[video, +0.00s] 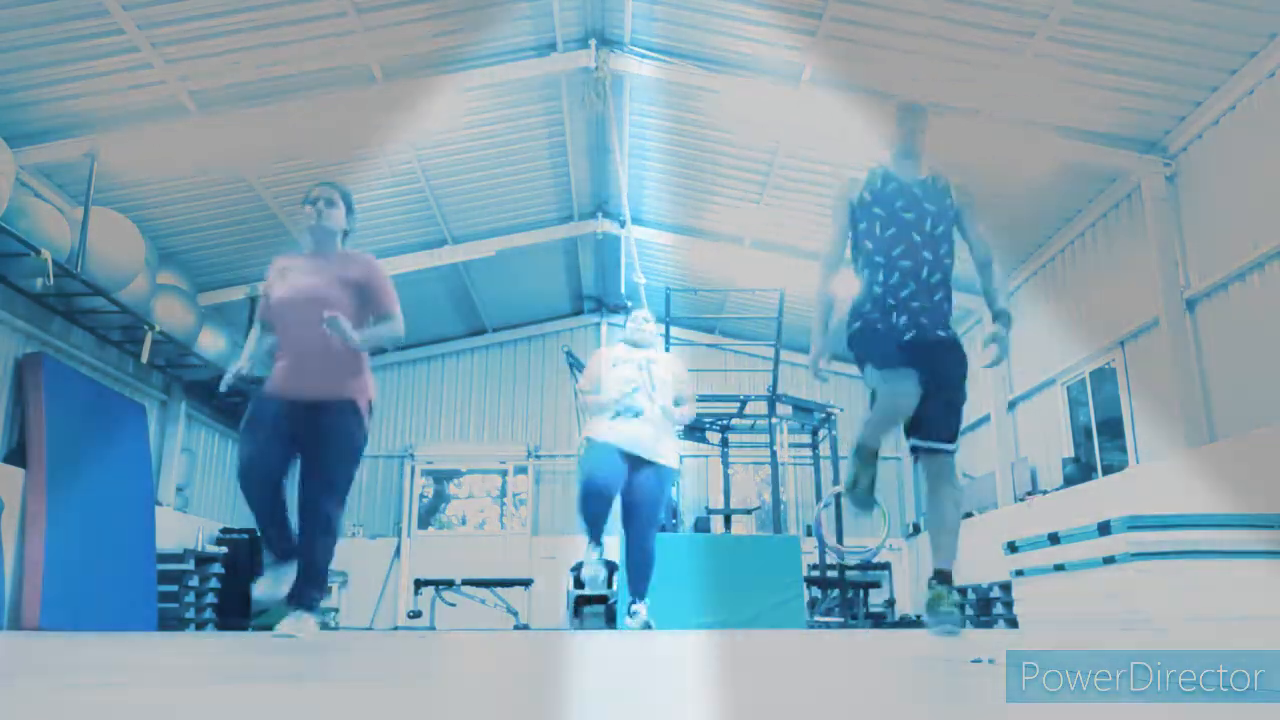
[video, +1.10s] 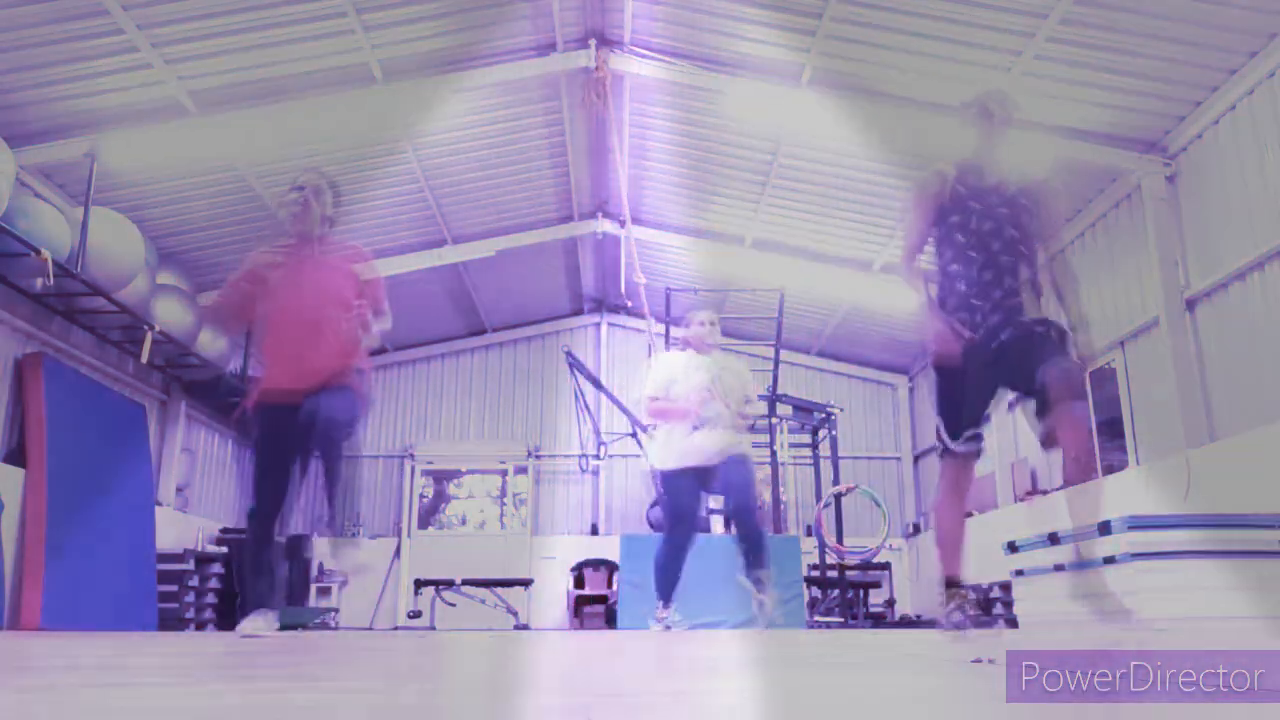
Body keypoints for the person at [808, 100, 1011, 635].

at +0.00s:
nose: (908, 136)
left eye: (916, 127)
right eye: (901, 126)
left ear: (926, 134)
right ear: (886, 134)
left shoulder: (949, 193)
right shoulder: (859, 190)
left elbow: (983, 257)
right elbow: (830, 270)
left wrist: (997, 310)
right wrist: (820, 338)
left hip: (936, 333)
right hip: (876, 326)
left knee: (939, 463)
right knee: (902, 393)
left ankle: (943, 585)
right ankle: (865, 452)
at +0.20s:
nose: (906, 139)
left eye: (913, 131)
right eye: (899, 131)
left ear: (924, 141)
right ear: (887, 141)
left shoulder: (952, 204)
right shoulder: (860, 204)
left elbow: (986, 268)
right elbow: (833, 282)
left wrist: (1014, 328)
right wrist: (820, 351)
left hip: (942, 332)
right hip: (883, 322)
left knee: (942, 465)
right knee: (931, 350)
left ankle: (937, 594)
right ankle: (898, 457)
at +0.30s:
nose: (907, 131)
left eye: (913, 122)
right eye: (900, 122)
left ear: (924, 130)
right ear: (886, 131)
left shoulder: (953, 190)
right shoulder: (861, 188)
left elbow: (986, 256)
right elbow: (835, 270)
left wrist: (1009, 320)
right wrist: (826, 343)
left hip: (950, 324)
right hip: (894, 318)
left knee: (954, 459)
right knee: (918, 412)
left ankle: (948, 583)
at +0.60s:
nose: (912, 128)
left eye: (919, 120)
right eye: (904, 120)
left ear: (930, 128)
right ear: (892, 128)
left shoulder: (961, 190)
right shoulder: (871, 188)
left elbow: (989, 260)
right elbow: (851, 262)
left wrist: (1018, 320)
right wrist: (856, 323)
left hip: (985, 331)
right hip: (922, 333)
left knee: (1010, 457)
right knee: (924, 460)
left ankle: (974, 550)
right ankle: (929, 589)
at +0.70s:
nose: (923, 116)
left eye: (929, 109)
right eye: (915, 108)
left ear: (940, 119)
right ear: (900, 117)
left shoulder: (967, 180)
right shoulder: (882, 178)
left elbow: (997, 253)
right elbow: (862, 257)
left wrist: (1025, 314)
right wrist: (881, 314)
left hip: (989, 321)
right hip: (929, 325)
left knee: (1033, 412)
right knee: (938, 459)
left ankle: (976, 476)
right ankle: (948, 587)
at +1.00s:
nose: (972, 136)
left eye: (980, 128)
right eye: (966, 127)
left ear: (988, 137)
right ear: (953, 134)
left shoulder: (1012, 202)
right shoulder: (925, 197)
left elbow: (1038, 269)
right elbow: (903, 266)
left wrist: (1061, 328)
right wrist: (927, 327)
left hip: (1010, 334)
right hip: (953, 340)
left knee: (1067, 376)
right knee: (958, 467)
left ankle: (1044, 497)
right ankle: (958, 595)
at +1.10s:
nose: (988, 133)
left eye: (997, 124)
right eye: (981, 122)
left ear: (1009, 132)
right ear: (966, 127)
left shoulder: (1026, 195)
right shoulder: (940, 188)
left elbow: (1052, 267)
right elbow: (907, 261)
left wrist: (1077, 331)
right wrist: (932, 319)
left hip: (1020, 328)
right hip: (960, 334)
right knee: (959, 463)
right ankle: (953, 592)